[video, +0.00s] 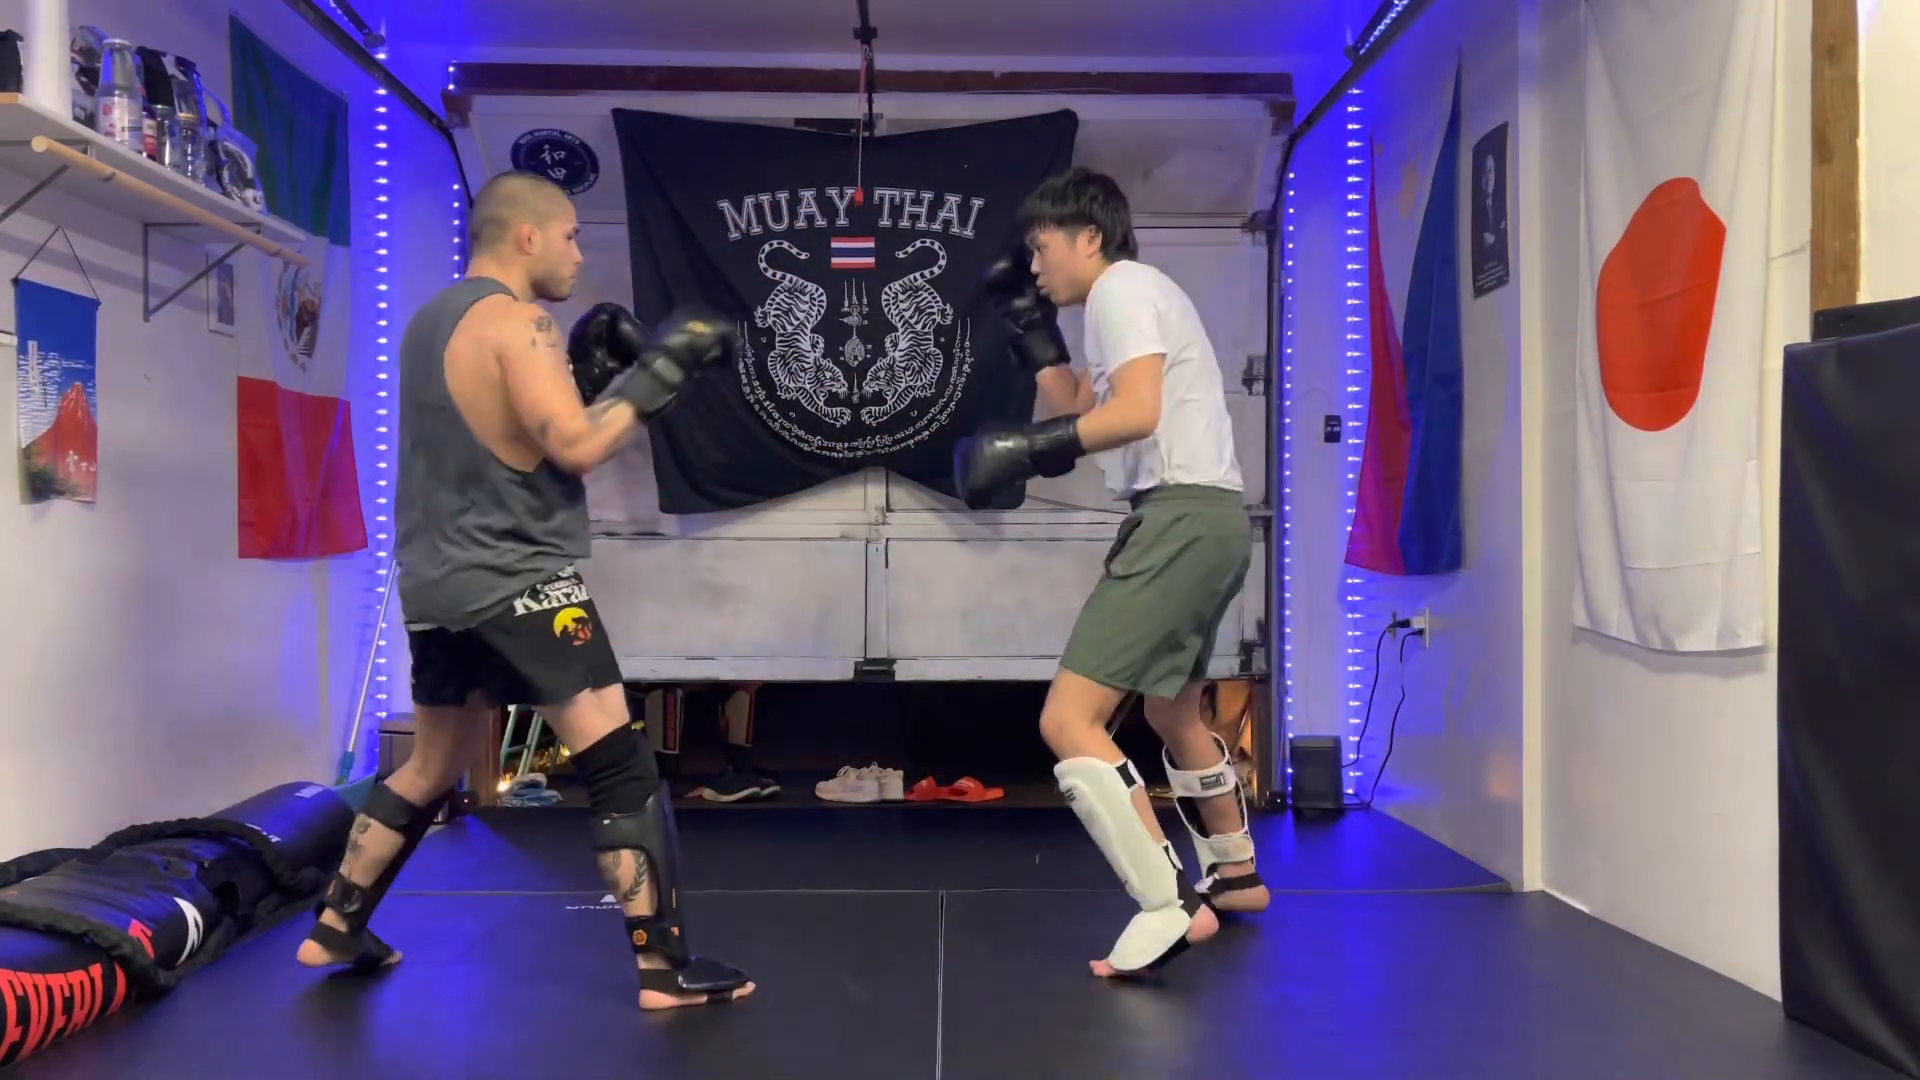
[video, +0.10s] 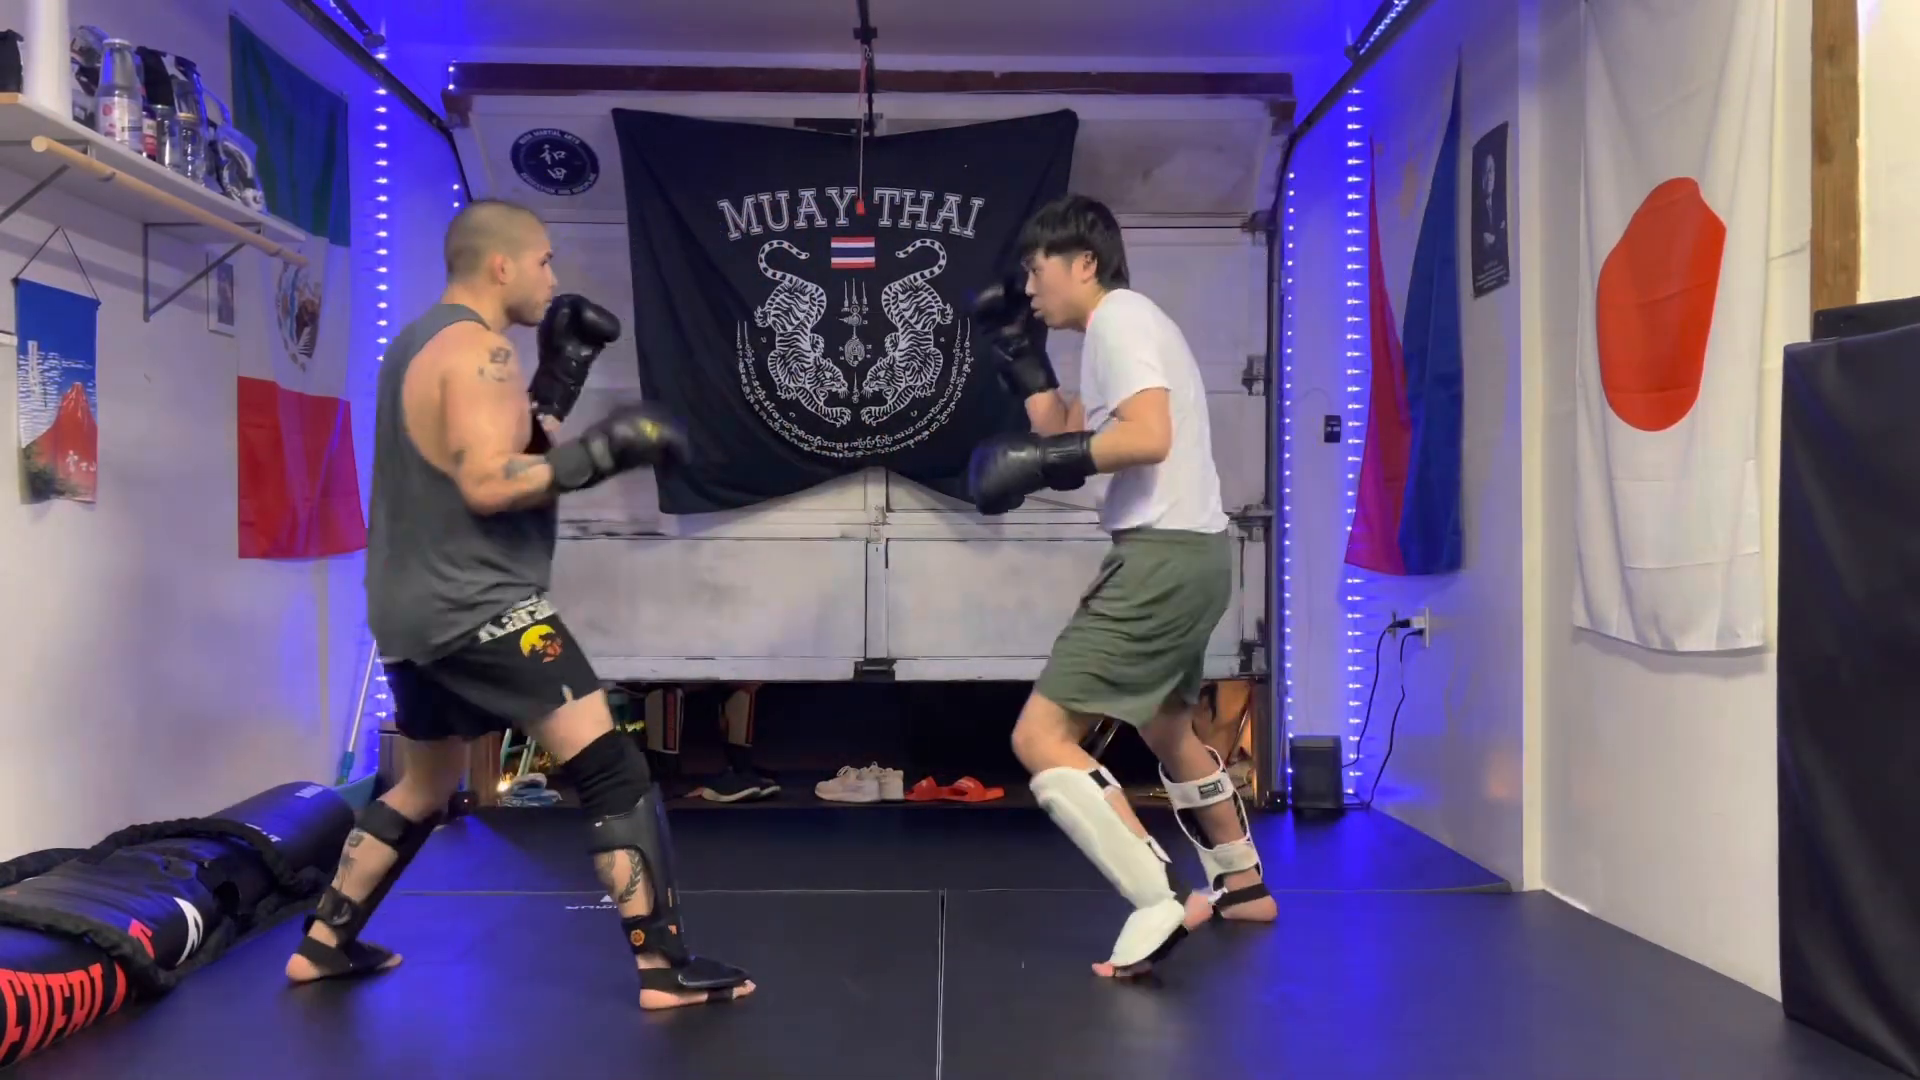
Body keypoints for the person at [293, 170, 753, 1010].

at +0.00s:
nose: (578, 253)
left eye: (576, 237)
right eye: (570, 237)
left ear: (499, 239)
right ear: (526, 237)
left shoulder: (432, 322)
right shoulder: (514, 321)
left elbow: (500, 442)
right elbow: (579, 446)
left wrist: (584, 378)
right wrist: (668, 367)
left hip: (435, 590)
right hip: (521, 584)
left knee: (432, 761)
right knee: (617, 763)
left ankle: (337, 927)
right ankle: (663, 964)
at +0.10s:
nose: (552, 278)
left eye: (550, 263)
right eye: (543, 263)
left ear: (476, 267)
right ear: (501, 267)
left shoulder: (421, 345)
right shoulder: (479, 349)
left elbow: (502, 462)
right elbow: (490, 483)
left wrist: (558, 375)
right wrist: (602, 452)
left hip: (412, 610)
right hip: (480, 607)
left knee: (422, 784)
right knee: (609, 769)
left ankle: (327, 939)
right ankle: (663, 966)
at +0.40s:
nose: (481, 248)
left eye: (480, 233)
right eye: (470, 232)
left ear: (419, 239)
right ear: (417, 236)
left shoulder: (410, 329)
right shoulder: (364, 310)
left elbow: (466, 443)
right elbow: (399, 425)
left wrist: (521, 371)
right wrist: (485, 363)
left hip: (346, 564)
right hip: (348, 563)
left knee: (385, 756)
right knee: (445, 743)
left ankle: (321, 941)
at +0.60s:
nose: (431, 231)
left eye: (432, 215)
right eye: (418, 210)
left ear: (371, 214)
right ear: (359, 208)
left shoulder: (376, 325)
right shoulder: (292, 292)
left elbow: (421, 431)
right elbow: (400, 391)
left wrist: (488, 357)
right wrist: (468, 291)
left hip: (369, 567)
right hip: (290, 559)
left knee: (365, 767)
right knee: (261, 771)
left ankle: (319, 948)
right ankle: (139, 981)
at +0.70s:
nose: (408, 232)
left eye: (408, 216)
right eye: (394, 211)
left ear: (345, 215)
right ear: (335, 210)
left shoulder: (356, 328)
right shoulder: (263, 294)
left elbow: (390, 431)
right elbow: (370, 405)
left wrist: (461, 381)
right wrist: (436, 309)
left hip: (343, 575)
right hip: (249, 568)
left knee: (400, 771)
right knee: (202, 784)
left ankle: (330, 928)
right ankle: (111, 1014)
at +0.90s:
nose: (397, 219)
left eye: (397, 203)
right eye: (385, 198)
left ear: (336, 202)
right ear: (322, 195)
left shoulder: (344, 306)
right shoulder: (257, 277)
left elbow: (429, 397)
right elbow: (366, 387)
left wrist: (487, 325)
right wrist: (430, 292)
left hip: (345, 564)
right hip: (248, 565)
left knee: (434, 757)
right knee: (215, 790)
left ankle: (421, 938)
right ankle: (113, 1008)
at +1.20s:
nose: (343, 256)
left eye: (346, 240)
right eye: (335, 238)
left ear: (298, 220)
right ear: (293, 219)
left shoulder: (312, 308)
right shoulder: (223, 305)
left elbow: (446, 331)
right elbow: (380, 392)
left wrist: (567, 361)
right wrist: (373, 274)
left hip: (314, 574)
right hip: (219, 576)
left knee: (401, 767)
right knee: (180, 808)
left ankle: (423, 949)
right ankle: (53, 1019)